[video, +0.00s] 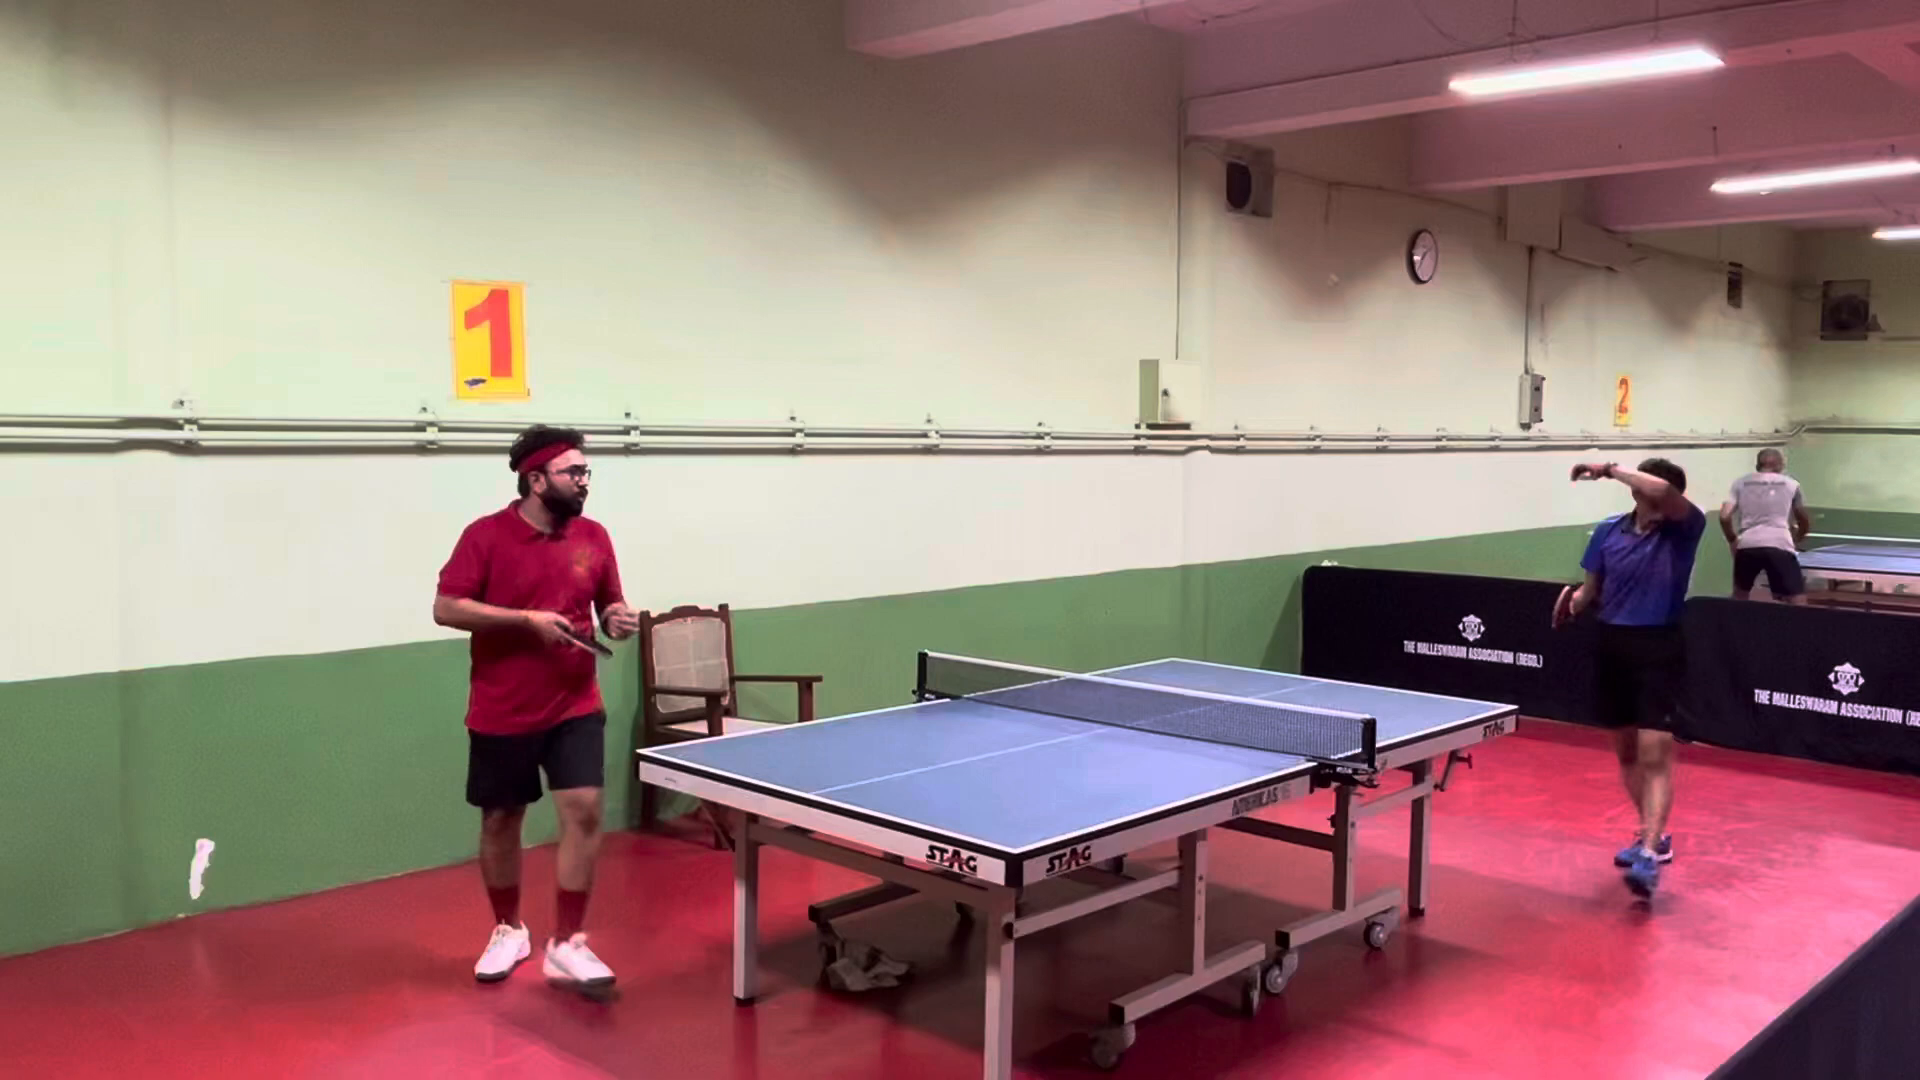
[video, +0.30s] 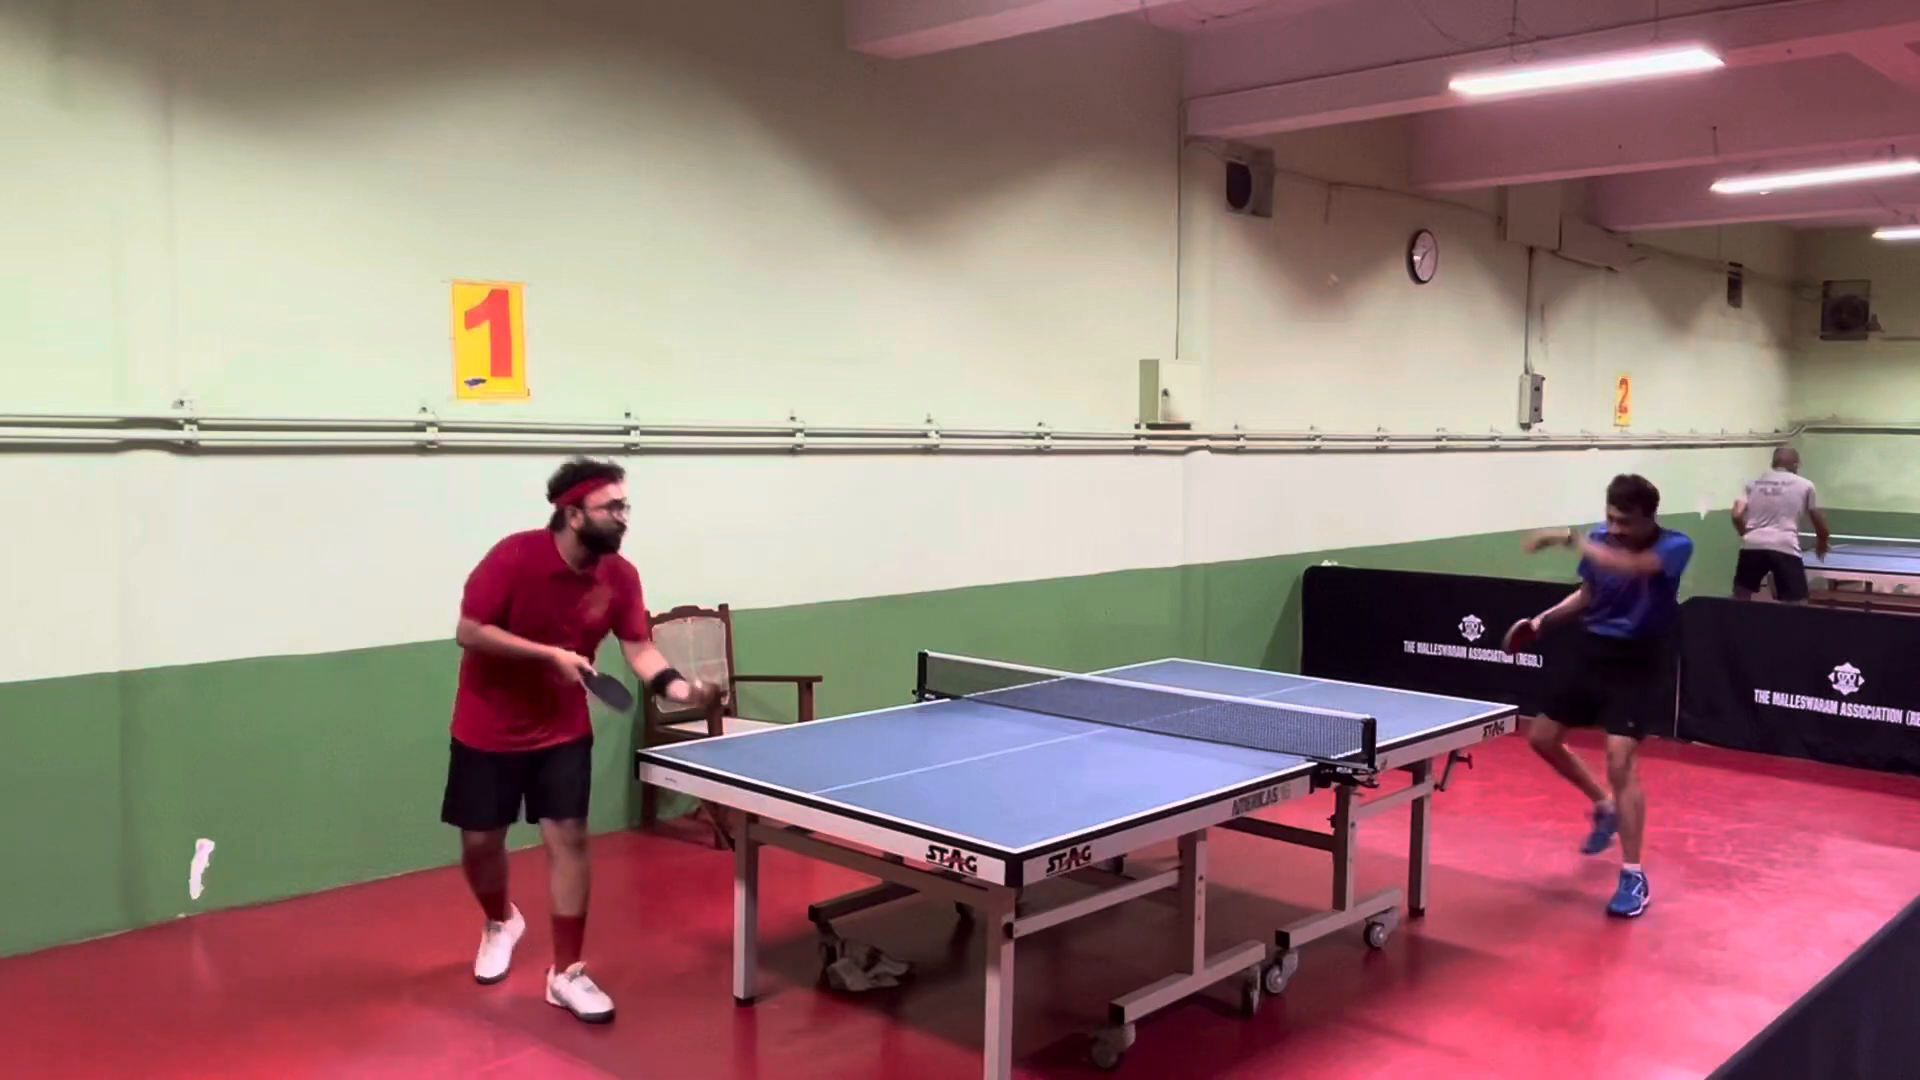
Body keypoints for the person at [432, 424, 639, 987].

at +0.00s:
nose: (584, 481)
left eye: (586, 473)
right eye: (573, 473)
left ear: (579, 478)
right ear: (534, 479)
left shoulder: (591, 536)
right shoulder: (486, 536)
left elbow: (611, 609)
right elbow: (446, 608)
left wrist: (621, 619)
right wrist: (527, 620)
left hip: (576, 706)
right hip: (503, 712)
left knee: (585, 810)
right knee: (501, 820)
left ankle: (566, 942)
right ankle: (507, 931)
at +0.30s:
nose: (624, 517)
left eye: (625, 506)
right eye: (612, 508)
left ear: (608, 510)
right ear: (572, 512)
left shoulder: (619, 575)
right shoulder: (513, 557)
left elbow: (640, 647)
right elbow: (468, 631)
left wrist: (674, 683)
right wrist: (551, 655)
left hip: (562, 728)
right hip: (488, 729)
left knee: (569, 836)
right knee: (479, 844)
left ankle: (567, 971)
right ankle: (501, 922)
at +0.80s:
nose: (659, 608)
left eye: (659, 595)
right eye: (647, 598)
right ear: (606, 601)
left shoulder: (638, 633)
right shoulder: (543, 625)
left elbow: (670, 705)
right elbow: (552, 722)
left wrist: (730, 731)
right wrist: (642, 715)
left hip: (558, 742)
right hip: (482, 744)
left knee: (585, 844)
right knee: (477, 865)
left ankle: (567, 975)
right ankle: (451, 949)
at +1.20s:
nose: (551, 560)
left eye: (547, 550)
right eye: (534, 559)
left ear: (549, 547)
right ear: (503, 580)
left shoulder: (569, 572)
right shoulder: (485, 637)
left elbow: (639, 577)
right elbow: (516, 720)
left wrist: (697, 564)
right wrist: (590, 694)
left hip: (556, 734)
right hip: (486, 749)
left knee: (589, 834)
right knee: (483, 865)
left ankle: (569, 972)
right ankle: (446, 954)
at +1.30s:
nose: (521, 546)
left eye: (517, 534)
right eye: (503, 545)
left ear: (523, 533)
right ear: (478, 569)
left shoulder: (560, 570)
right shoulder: (459, 623)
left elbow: (640, 583)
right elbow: (449, 706)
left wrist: (713, 591)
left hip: (557, 740)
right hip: (480, 758)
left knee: (588, 832)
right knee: (477, 861)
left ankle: (570, 972)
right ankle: (446, 953)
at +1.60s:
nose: (527, 557)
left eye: (522, 543)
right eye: (507, 556)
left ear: (527, 537)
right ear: (477, 575)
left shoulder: (566, 591)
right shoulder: (441, 590)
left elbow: (620, 634)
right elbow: (387, 608)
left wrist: (668, 675)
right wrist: (414, 636)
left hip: (550, 741)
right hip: (471, 749)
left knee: (589, 837)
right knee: (462, 865)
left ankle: (547, 955)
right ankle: (448, 955)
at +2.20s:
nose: (596, 522)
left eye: (593, 511)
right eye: (586, 513)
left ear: (555, 523)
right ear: (549, 525)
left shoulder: (558, 574)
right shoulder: (495, 577)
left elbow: (525, 652)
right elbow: (436, 652)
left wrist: (532, 719)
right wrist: (477, 738)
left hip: (520, 737)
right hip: (455, 744)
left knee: (556, 840)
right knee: (454, 861)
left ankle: (544, 963)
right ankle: (401, 1018)